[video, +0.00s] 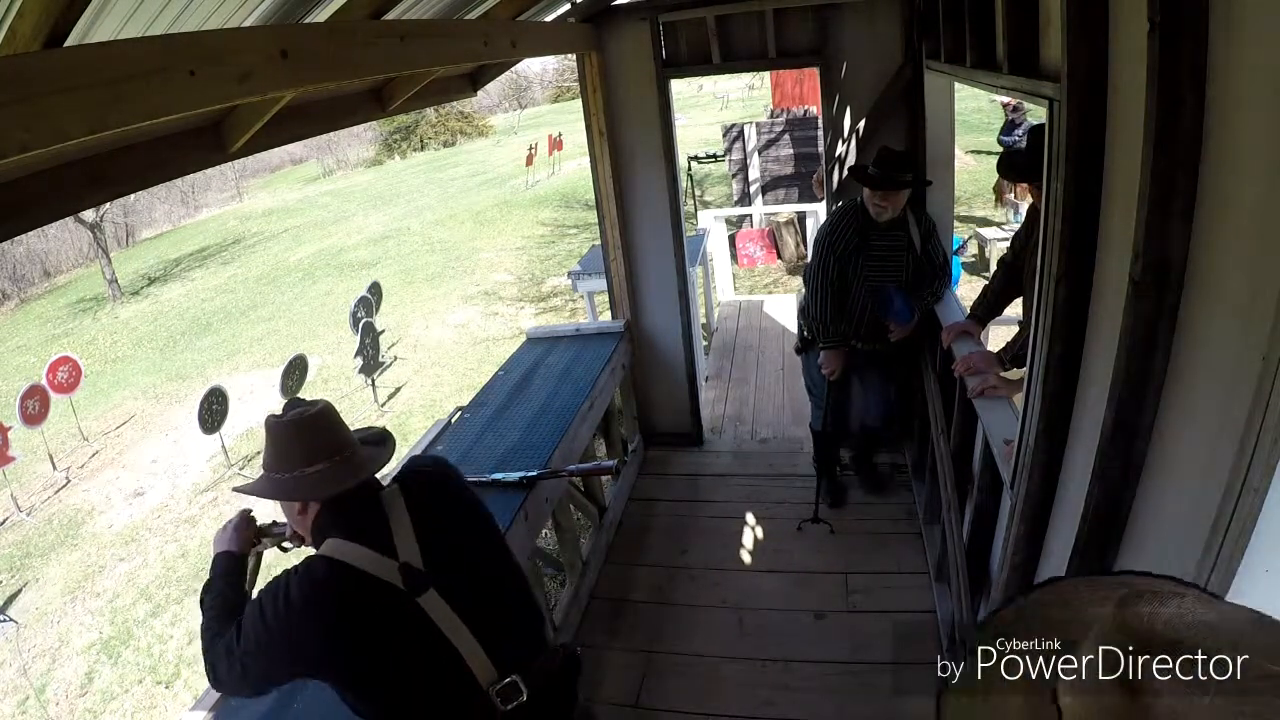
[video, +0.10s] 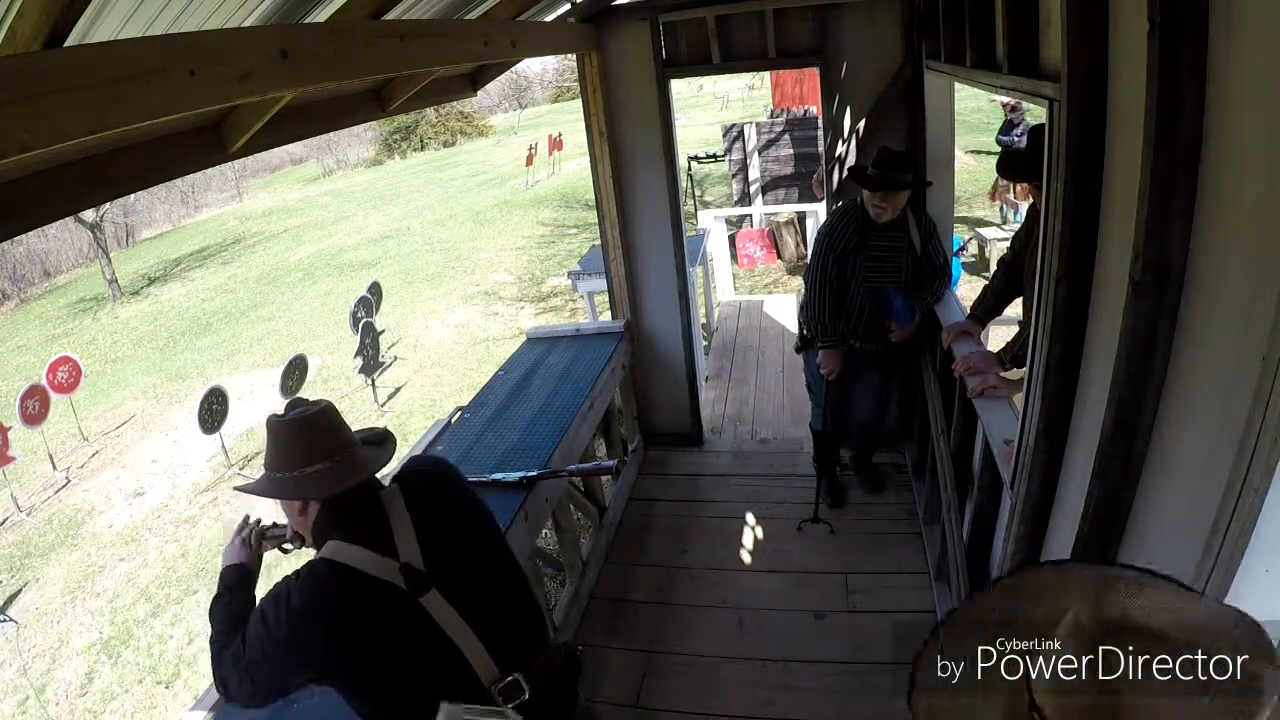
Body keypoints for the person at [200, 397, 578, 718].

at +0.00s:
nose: (282, 509)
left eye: (281, 500)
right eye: (280, 499)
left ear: (305, 507)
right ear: (367, 470)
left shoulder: (304, 602)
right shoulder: (436, 479)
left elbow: (226, 665)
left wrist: (225, 559)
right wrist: (318, 529)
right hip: (549, 681)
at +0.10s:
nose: (283, 509)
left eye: (282, 499)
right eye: (279, 499)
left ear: (304, 504)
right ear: (365, 468)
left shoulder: (307, 604)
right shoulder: (437, 479)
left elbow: (235, 679)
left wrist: (236, 571)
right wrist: (319, 532)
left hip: (451, 718)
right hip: (553, 682)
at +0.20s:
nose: (283, 510)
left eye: (282, 500)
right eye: (279, 500)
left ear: (303, 505)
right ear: (364, 467)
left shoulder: (307, 603)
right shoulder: (436, 479)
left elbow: (242, 681)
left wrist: (234, 576)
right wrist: (320, 531)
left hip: (448, 718)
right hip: (553, 681)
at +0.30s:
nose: (281, 511)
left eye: (282, 499)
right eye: (278, 500)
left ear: (304, 505)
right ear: (364, 467)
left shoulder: (306, 599)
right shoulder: (435, 479)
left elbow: (273, 702)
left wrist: (251, 600)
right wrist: (322, 527)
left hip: (458, 718)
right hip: (551, 681)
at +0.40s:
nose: (278, 512)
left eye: (278, 502)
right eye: (274, 503)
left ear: (299, 507)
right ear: (357, 469)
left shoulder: (304, 598)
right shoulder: (430, 479)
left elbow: (271, 666)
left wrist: (247, 564)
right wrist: (316, 532)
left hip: (456, 716)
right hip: (550, 677)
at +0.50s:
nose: (278, 516)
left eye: (275, 507)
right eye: (272, 508)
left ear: (295, 512)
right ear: (356, 471)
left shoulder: (295, 605)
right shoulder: (427, 480)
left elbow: (268, 668)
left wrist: (228, 568)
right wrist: (313, 538)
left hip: (446, 719)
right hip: (544, 678)